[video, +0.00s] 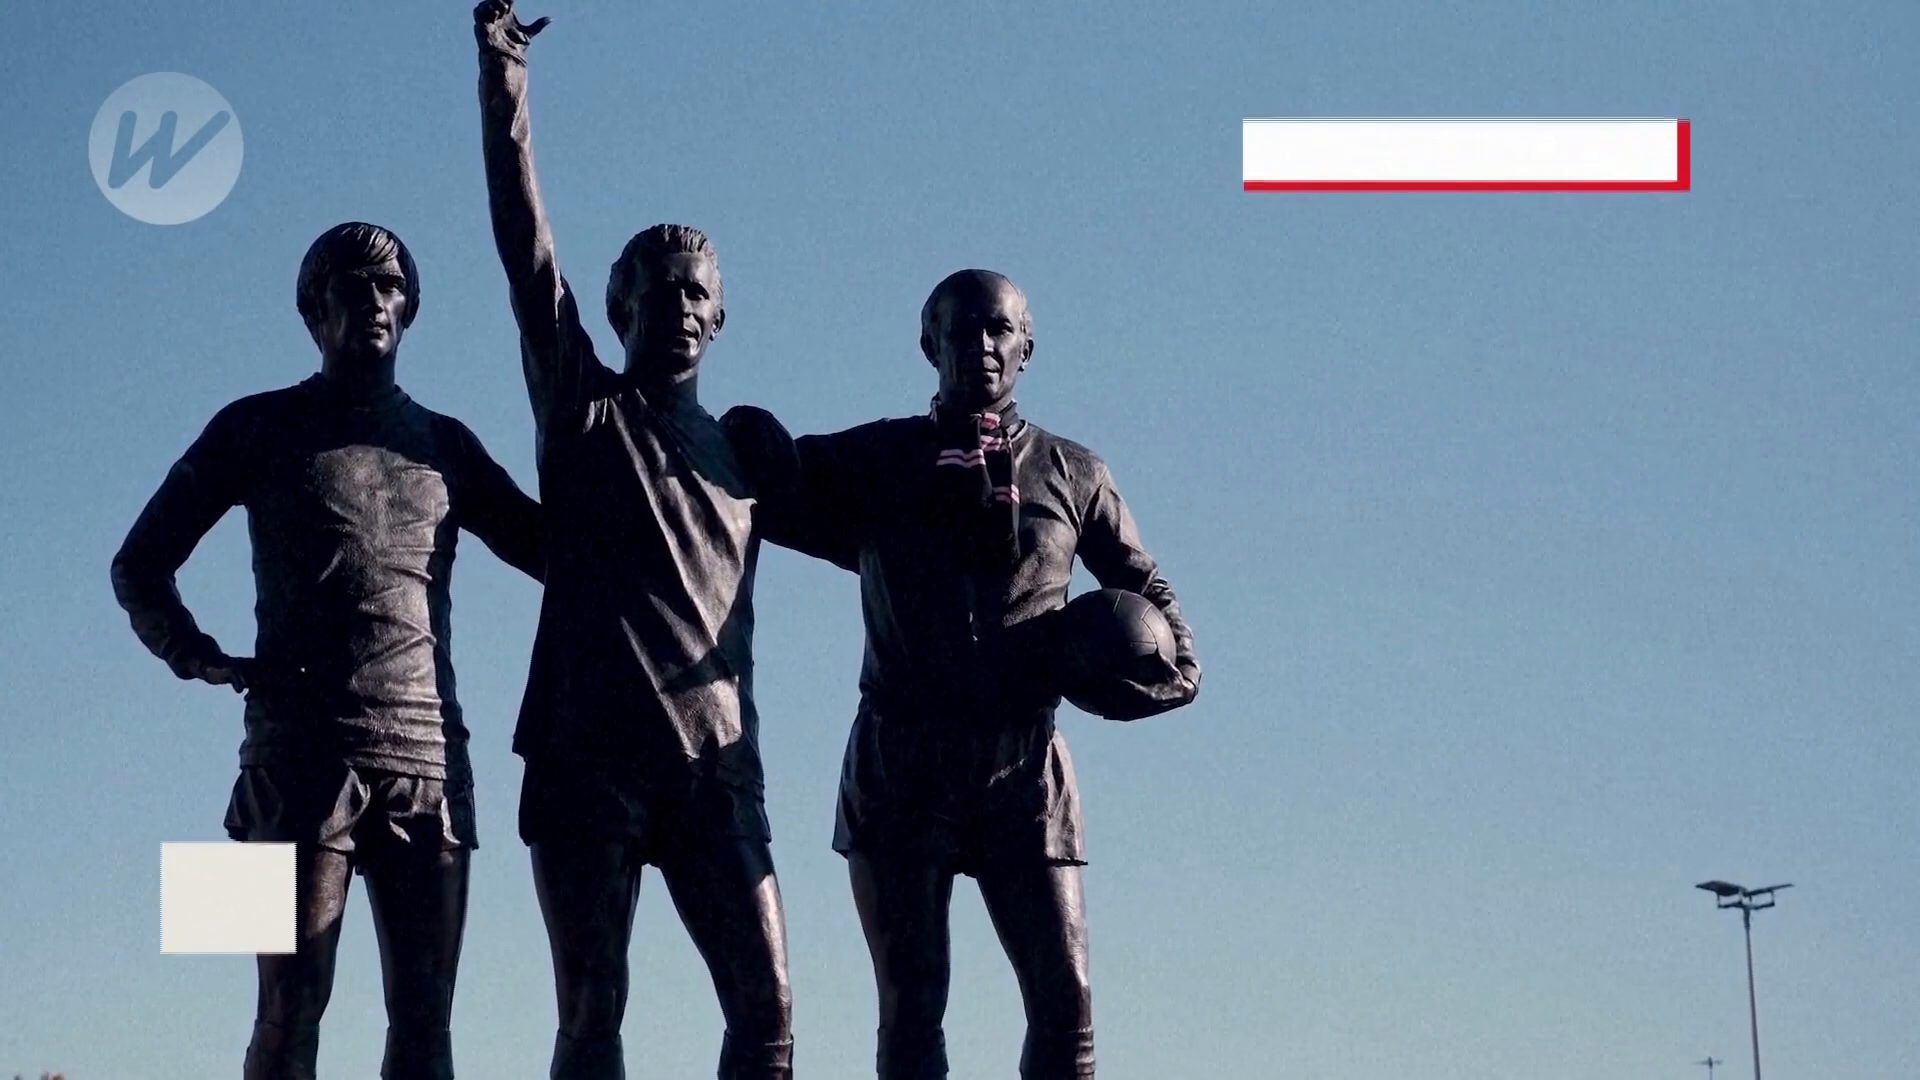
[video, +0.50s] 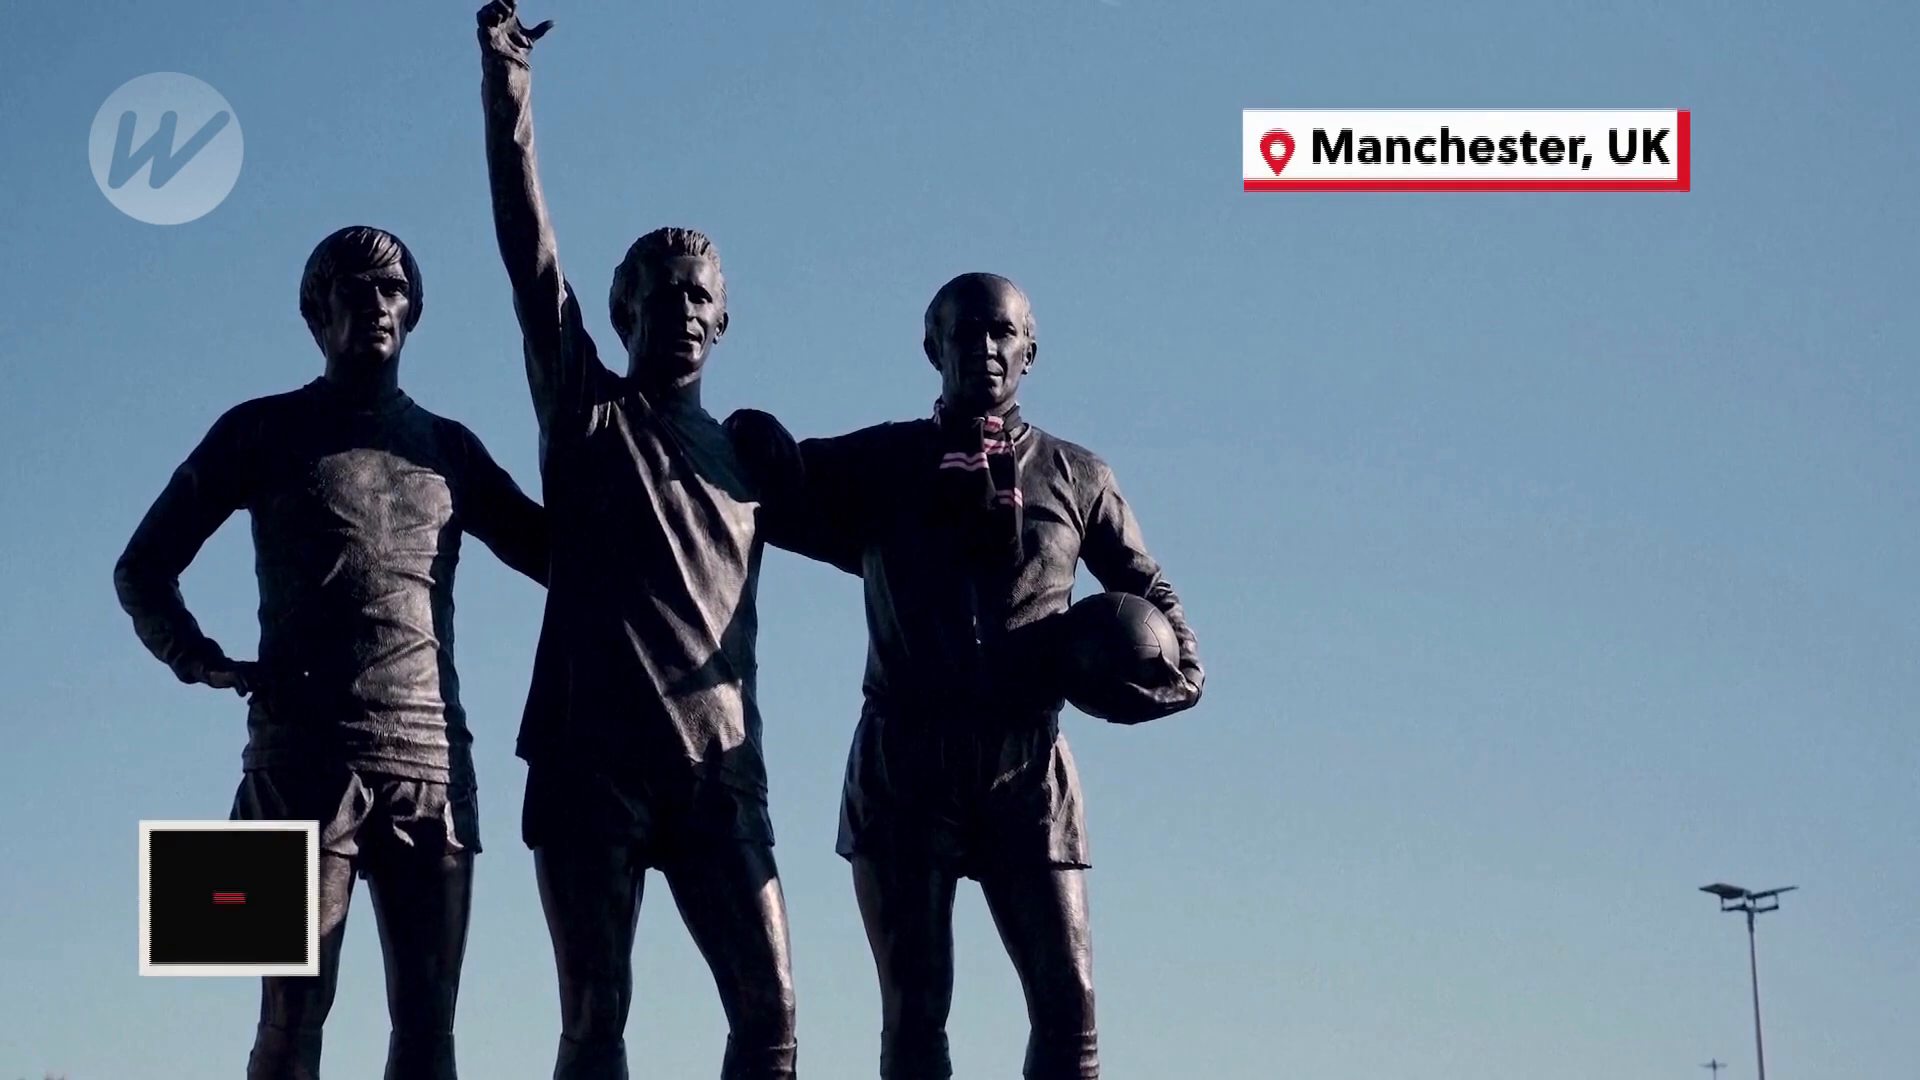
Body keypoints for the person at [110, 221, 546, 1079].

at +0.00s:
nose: (375, 301)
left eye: (389, 287)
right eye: (352, 286)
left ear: (410, 307)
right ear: (313, 305)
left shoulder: (447, 444)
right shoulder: (254, 429)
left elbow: (546, 547)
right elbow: (138, 569)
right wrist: (199, 657)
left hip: (426, 757)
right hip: (303, 751)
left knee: (426, 1013)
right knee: (293, 1009)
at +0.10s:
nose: (376, 301)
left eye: (390, 287)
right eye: (353, 285)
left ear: (412, 308)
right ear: (314, 305)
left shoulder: (448, 446)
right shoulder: (255, 429)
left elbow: (548, 547)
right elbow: (141, 568)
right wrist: (196, 656)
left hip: (427, 759)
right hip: (303, 752)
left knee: (427, 1014)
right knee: (294, 1009)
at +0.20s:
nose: (377, 302)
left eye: (392, 288)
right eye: (355, 286)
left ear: (414, 310)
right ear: (315, 307)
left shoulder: (450, 447)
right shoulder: (257, 430)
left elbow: (551, 549)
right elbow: (142, 570)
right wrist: (198, 657)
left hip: (429, 759)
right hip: (306, 752)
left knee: (429, 1015)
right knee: (296, 1012)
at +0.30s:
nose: (378, 303)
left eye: (393, 288)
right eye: (355, 287)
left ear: (414, 310)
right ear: (315, 307)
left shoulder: (451, 447)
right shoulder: (258, 431)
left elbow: (553, 551)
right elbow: (143, 571)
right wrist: (200, 657)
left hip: (430, 761)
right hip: (307, 754)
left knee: (429, 1019)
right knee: (297, 1013)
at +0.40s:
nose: (377, 301)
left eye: (392, 288)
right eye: (355, 287)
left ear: (414, 310)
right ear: (315, 307)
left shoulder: (450, 447)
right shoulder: (258, 432)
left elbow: (551, 550)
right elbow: (142, 570)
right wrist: (199, 658)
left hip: (430, 761)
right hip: (307, 755)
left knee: (429, 1018)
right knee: (297, 1012)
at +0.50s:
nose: (376, 304)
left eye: (391, 289)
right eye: (354, 289)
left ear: (414, 311)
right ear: (314, 308)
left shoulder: (450, 449)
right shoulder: (258, 433)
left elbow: (552, 554)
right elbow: (142, 571)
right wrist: (200, 660)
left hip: (430, 764)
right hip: (306, 758)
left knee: (428, 1020)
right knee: (296, 1013)